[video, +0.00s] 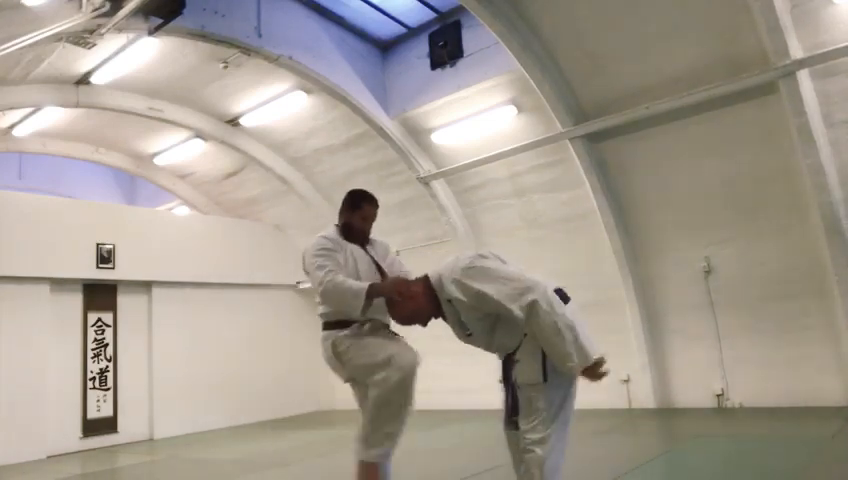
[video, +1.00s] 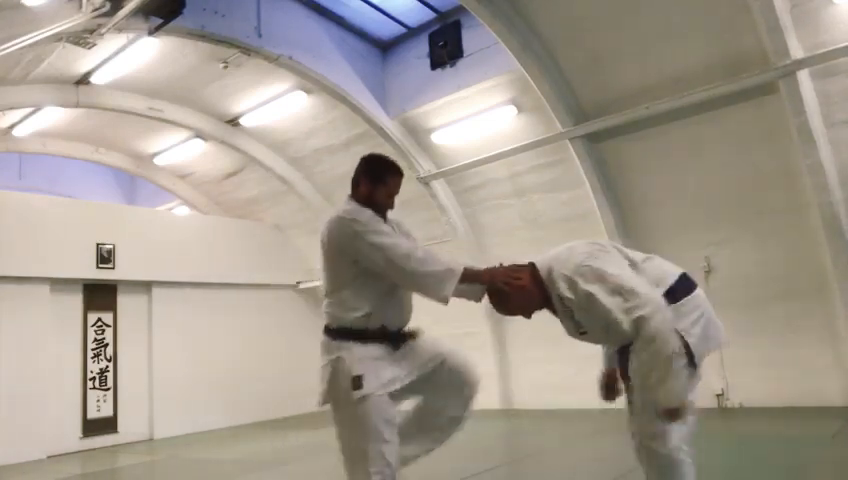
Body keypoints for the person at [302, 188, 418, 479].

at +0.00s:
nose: (370, 227)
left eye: (373, 221)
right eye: (366, 220)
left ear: (374, 219)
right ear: (346, 215)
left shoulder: (378, 248)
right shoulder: (322, 246)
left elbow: (404, 278)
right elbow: (327, 287)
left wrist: (417, 301)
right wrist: (377, 289)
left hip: (378, 332)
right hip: (344, 336)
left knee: (380, 411)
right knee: (402, 360)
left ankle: (377, 466)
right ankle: (372, 459)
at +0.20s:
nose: (384, 230)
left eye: (387, 224)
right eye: (381, 223)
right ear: (360, 217)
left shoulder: (381, 255)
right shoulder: (335, 243)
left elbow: (404, 288)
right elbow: (339, 271)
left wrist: (431, 282)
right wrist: (393, 266)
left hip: (380, 349)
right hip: (354, 349)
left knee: (410, 418)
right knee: (404, 417)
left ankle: (400, 475)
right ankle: (389, 475)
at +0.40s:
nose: (395, 218)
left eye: (397, 211)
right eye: (392, 208)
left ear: (379, 206)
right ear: (373, 201)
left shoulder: (387, 244)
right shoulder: (349, 221)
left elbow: (412, 276)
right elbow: (360, 251)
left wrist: (448, 280)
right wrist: (419, 260)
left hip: (357, 344)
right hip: (334, 340)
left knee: (371, 434)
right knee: (357, 435)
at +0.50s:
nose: (388, 223)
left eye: (391, 216)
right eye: (386, 214)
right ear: (365, 205)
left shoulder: (381, 242)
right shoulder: (340, 235)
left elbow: (413, 270)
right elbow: (384, 261)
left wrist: (459, 283)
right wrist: (442, 265)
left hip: (344, 346)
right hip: (323, 343)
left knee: (334, 435)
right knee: (359, 420)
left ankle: (308, 474)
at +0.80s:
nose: (395, 234)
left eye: (397, 227)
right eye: (391, 225)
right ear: (368, 220)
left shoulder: (391, 258)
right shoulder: (345, 256)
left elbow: (431, 285)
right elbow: (394, 293)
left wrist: (484, 296)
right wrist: (466, 283)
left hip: (351, 378)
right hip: (322, 373)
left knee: (328, 461)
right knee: (356, 468)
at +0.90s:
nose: (396, 212)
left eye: (397, 205)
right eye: (392, 205)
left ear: (378, 202)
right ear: (367, 200)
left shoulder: (392, 240)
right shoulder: (348, 239)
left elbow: (429, 272)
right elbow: (402, 282)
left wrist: (483, 289)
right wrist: (470, 287)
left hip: (374, 364)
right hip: (338, 363)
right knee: (366, 462)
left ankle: (313, 474)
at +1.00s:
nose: (394, 200)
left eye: (396, 192)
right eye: (390, 191)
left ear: (368, 187)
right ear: (364, 185)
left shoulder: (388, 228)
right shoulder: (349, 223)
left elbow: (423, 272)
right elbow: (410, 265)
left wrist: (485, 286)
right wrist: (481, 275)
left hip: (396, 346)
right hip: (354, 351)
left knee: (457, 381)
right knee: (376, 460)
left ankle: (390, 454)